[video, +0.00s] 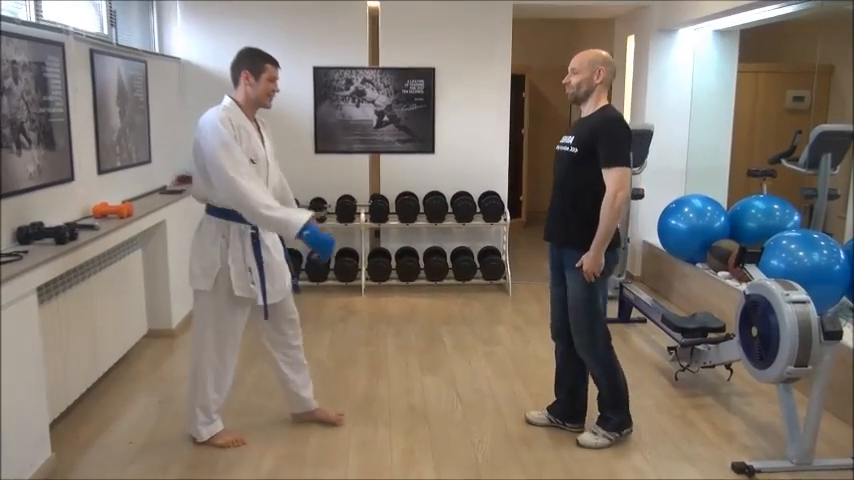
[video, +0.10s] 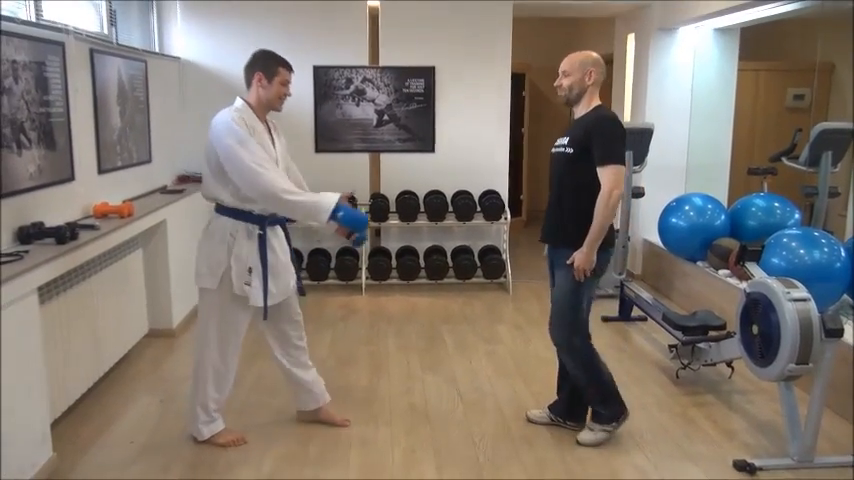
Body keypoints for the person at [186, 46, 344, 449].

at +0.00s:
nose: (277, 88)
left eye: (277, 82)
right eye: (271, 81)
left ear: (252, 82)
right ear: (246, 79)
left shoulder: (257, 126)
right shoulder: (215, 124)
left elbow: (276, 186)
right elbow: (242, 192)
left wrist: (303, 225)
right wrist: (298, 225)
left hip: (263, 236)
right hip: (225, 238)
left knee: (283, 321)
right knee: (218, 333)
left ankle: (303, 405)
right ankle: (205, 425)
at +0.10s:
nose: (288, 93)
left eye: (290, 86)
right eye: (284, 85)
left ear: (265, 84)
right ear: (259, 81)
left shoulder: (271, 129)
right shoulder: (228, 125)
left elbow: (294, 188)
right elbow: (264, 186)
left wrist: (334, 224)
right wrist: (329, 206)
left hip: (269, 238)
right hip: (232, 238)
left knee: (288, 323)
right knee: (220, 335)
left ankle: (312, 403)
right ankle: (206, 424)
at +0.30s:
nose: (322, 95)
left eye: (323, 88)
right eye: (318, 86)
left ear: (297, 83)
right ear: (294, 81)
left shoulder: (290, 124)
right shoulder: (263, 121)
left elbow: (315, 182)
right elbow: (311, 175)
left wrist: (366, 210)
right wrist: (378, 192)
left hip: (283, 231)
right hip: (248, 230)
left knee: (295, 317)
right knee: (232, 326)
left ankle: (309, 402)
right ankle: (211, 418)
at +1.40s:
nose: (355, 54)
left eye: (357, 47)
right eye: (349, 45)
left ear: (337, 49)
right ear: (325, 46)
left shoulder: (337, 94)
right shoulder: (297, 84)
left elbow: (361, 146)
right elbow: (336, 144)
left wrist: (403, 170)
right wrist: (396, 153)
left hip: (304, 195)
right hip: (267, 189)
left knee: (307, 281)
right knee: (246, 284)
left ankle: (313, 367)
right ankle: (223, 376)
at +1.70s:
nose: (333, 40)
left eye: (332, 33)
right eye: (326, 32)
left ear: (311, 39)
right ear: (301, 37)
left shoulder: (321, 87)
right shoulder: (273, 79)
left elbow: (346, 143)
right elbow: (299, 143)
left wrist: (380, 186)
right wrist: (362, 170)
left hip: (300, 189)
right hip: (258, 187)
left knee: (308, 276)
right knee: (237, 278)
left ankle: (317, 360)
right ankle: (210, 366)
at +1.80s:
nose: (321, 40)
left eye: (319, 34)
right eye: (314, 34)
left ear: (299, 39)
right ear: (290, 37)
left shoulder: (310, 87)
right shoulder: (259, 80)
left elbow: (331, 148)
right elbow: (268, 149)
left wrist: (354, 199)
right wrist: (325, 186)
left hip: (298, 191)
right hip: (256, 191)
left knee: (307, 278)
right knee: (234, 277)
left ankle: (318, 361)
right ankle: (212, 366)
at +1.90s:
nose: (311, 42)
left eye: (309, 36)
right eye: (304, 35)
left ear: (284, 41)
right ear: (279, 40)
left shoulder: (303, 90)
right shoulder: (245, 85)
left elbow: (309, 153)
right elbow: (244, 155)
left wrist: (316, 205)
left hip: (290, 193)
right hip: (247, 195)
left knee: (306, 281)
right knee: (229, 285)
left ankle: (319, 363)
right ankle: (212, 369)